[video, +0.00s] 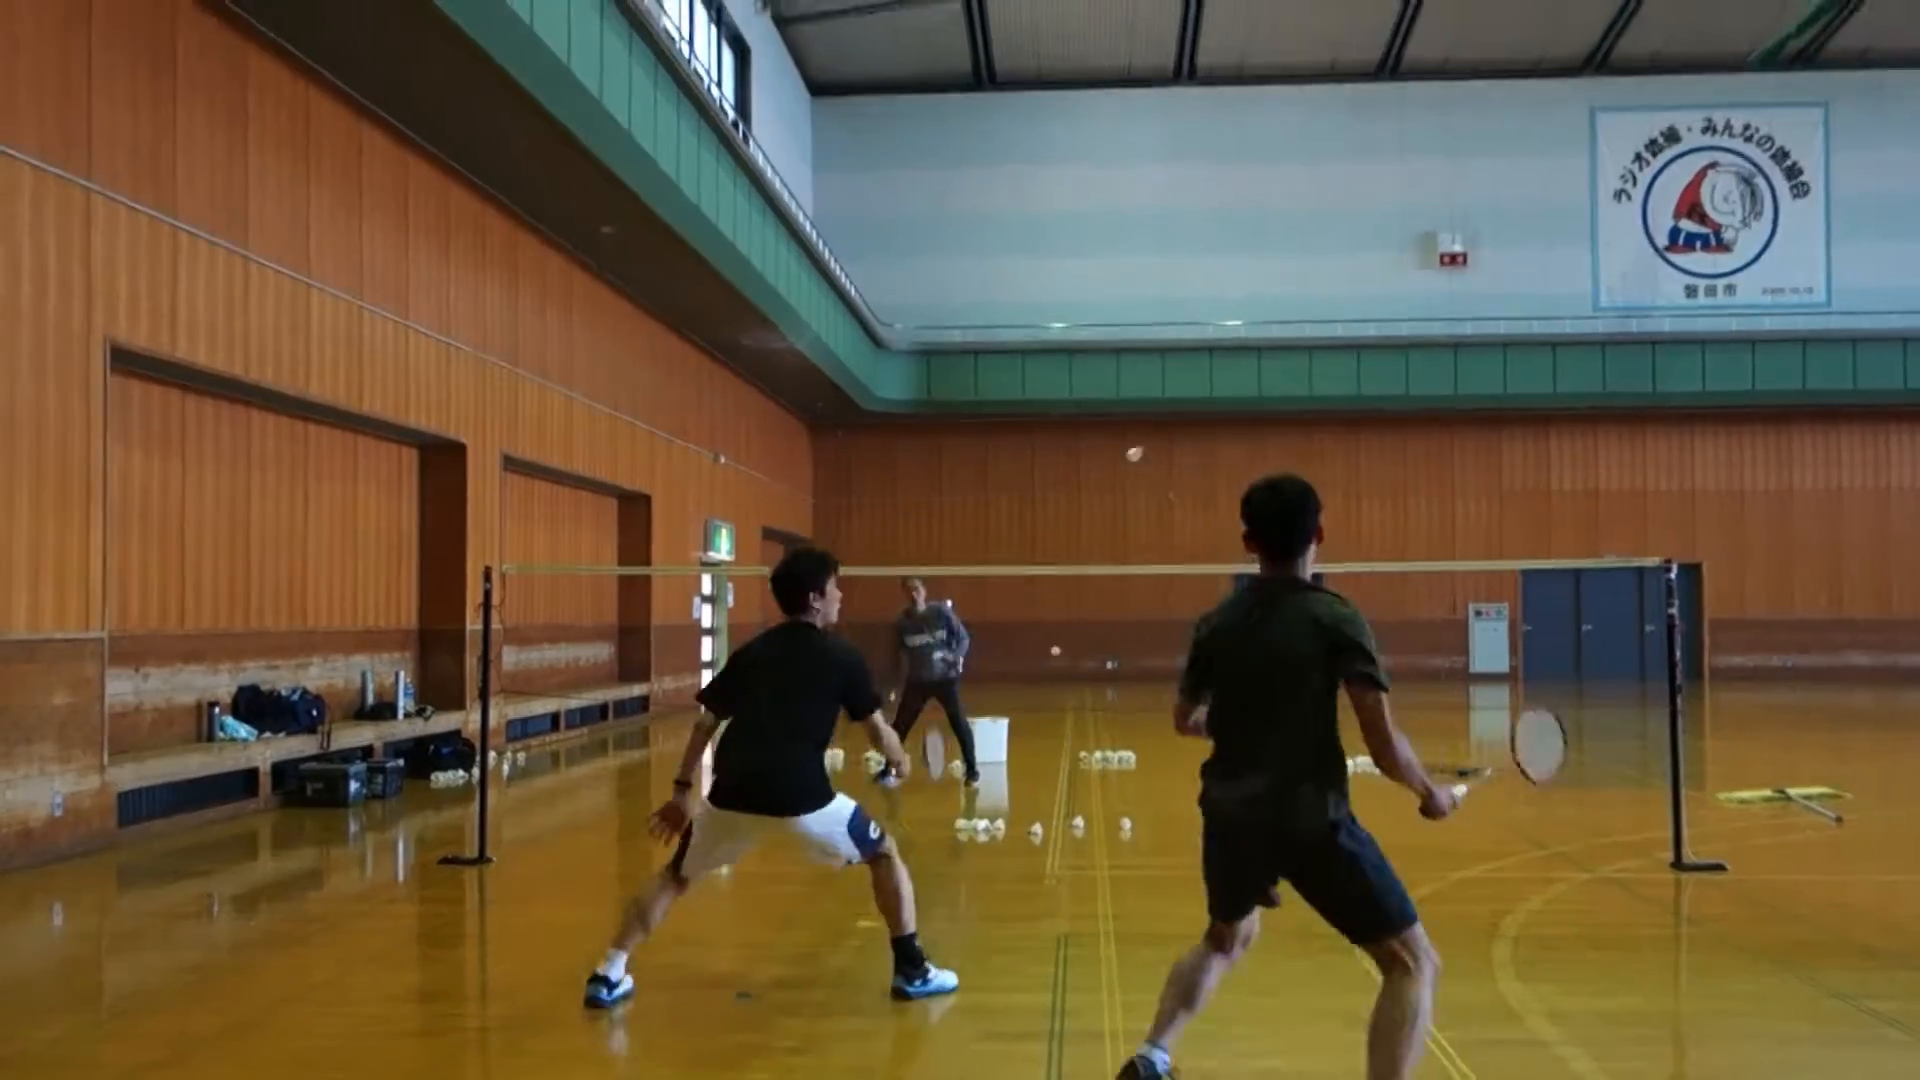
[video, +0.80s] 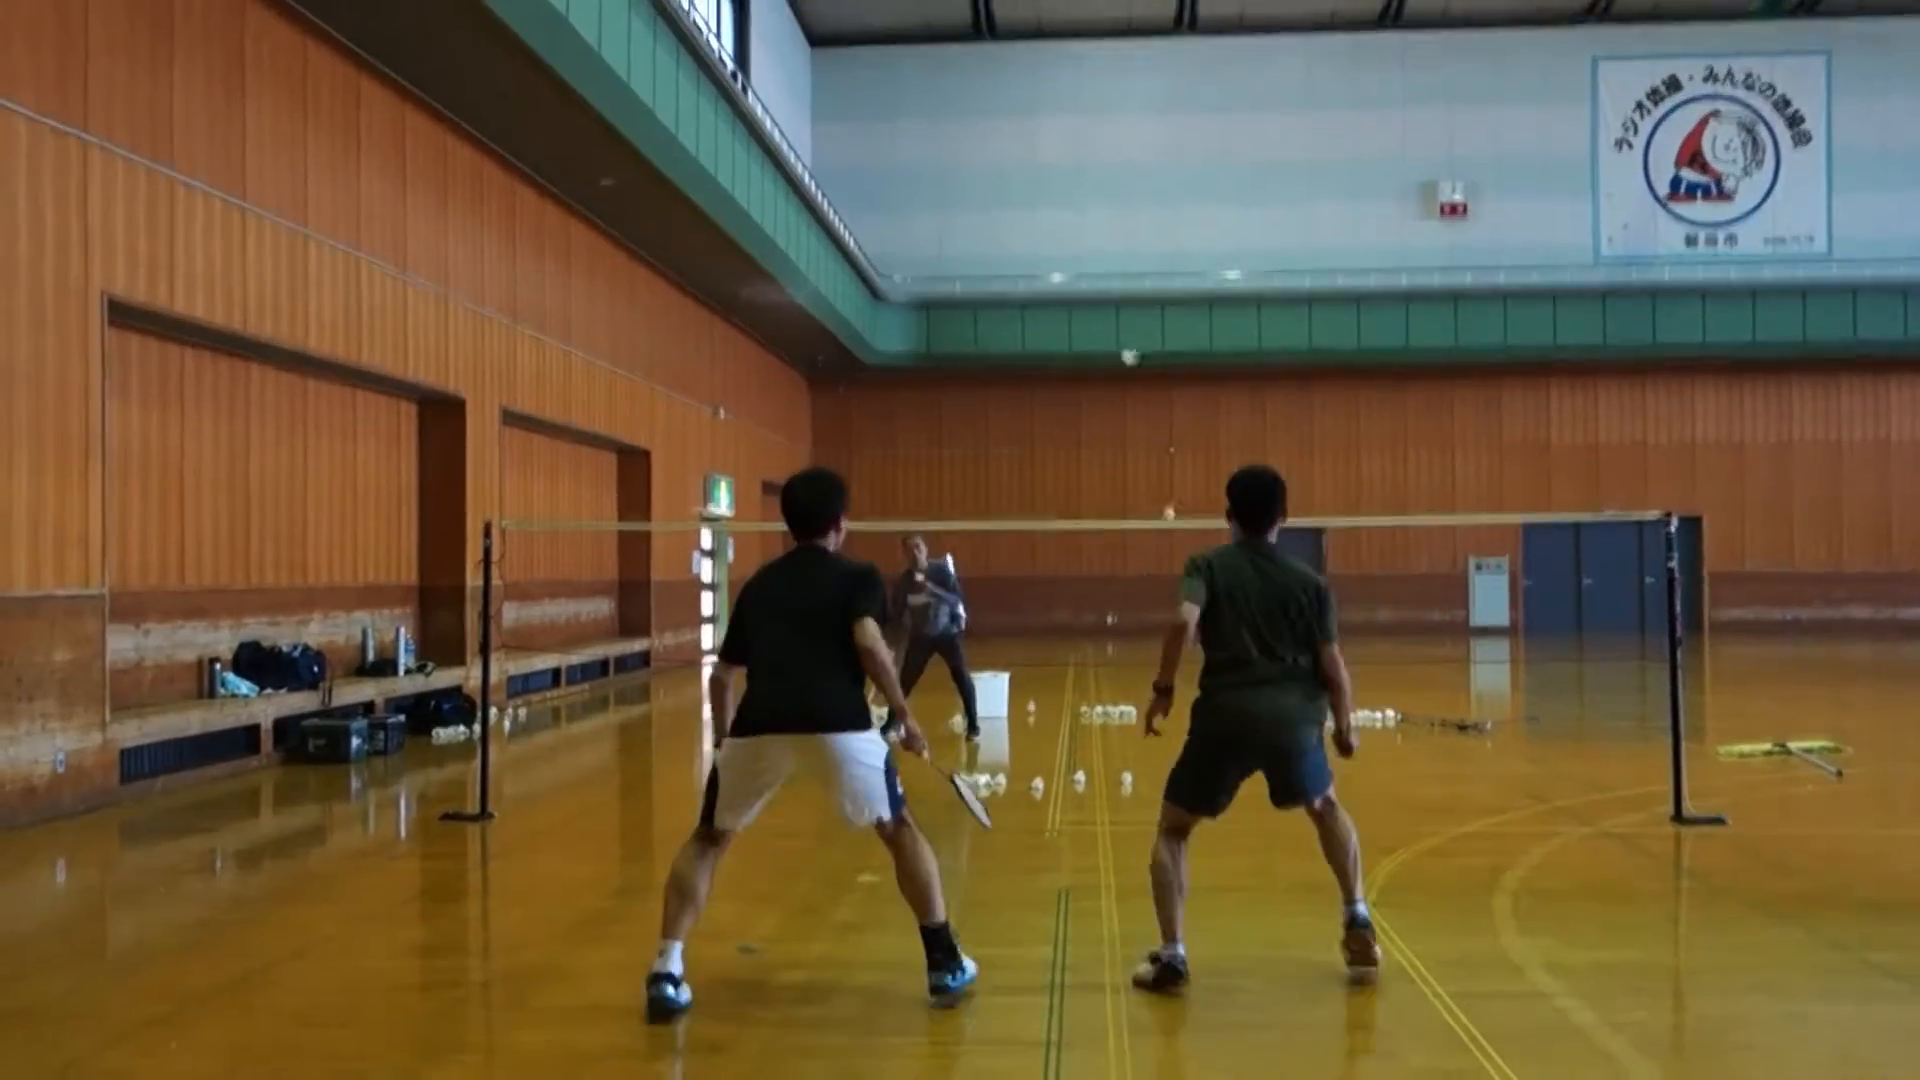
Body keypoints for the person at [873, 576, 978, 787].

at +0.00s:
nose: (914, 595)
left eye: (916, 589)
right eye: (910, 591)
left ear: (924, 590)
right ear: (905, 594)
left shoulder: (941, 612)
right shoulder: (903, 622)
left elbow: (963, 637)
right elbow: (901, 656)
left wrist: (958, 658)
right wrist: (898, 686)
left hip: (944, 678)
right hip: (917, 681)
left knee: (958, 723)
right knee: (900, 725)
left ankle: (971, 768)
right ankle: (888, 767)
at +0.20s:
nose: (912, 539)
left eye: (915, 534)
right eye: (907, 535)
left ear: (922, 533)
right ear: (903, 538)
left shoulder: (941, 554)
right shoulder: (905, 563)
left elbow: (939, 585)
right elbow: (902, 594)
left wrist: (910, 585)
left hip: (945, 618)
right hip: (919, 620)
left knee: (958, 660)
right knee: (902, 662)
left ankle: (970, 704)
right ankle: (889, 705)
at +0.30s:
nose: (915, 510)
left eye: (917, 505)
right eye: (910, 506)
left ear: (925, 505)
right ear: (905, 510)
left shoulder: (943, 526)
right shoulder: (905, 537)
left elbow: (948, 564)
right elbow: (900, 569)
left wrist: (922, 576)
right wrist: (911, 578)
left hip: (946, 590)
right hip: (920, 593)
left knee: (960, 632)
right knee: (903, 635)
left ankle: (971, 678)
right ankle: (890, 680)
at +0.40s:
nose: (917, 507)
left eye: (920, 502)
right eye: (912, 504)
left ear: (928, 503)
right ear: (908, 507)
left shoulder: (943, 523)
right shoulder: (906, 536)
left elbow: (956, 552)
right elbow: (906, 565)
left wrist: (948, 576)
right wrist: (915, 587)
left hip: (947, 590)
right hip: (921, 592)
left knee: (961, 632)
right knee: (904, 636)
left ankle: (971, 677)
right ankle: (888, 677)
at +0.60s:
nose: (919, 534)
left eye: (922, 529)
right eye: (914, 530)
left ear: (928, 531)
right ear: (908, 535)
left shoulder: (945, 553)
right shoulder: (904, 565)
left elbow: (963, 580)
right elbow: (906, 596)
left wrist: (958, 607)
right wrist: (924, 612)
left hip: (946, 618)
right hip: (919, 621)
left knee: (960, 661)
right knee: (900, 664)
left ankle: (970, 708)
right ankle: (888, 709)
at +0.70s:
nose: (919, 549)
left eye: (922, 544)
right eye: (915, 546)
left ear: (928, 547)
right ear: (909, 550)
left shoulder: (945, 569)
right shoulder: (905, 579)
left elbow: (962, 595)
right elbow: (902, 611)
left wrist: (952, 614)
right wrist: (910, 639)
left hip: (947, 634)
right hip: (921, 637)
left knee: (962, 677)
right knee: (900, 679)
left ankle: (972, 723)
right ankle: (889, 724)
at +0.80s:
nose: (915, 553)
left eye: (918, 547)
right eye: (910, 549)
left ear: (925, 549)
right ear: (905, 553)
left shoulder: (941, 571)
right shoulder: (904, 580)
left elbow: (956, 599)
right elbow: (896, 612)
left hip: (946, 634)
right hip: (920, 636)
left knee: (961, 677)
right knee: (905, 681)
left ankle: (972, 723)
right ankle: (890, 723)